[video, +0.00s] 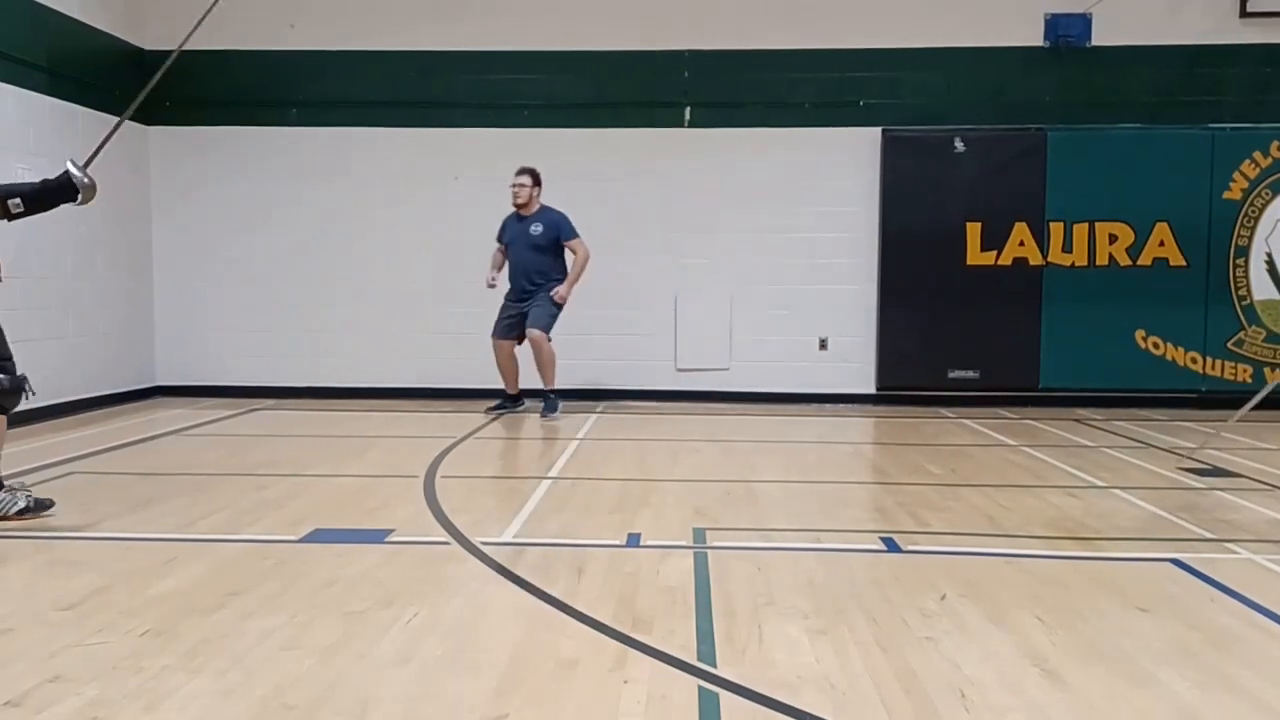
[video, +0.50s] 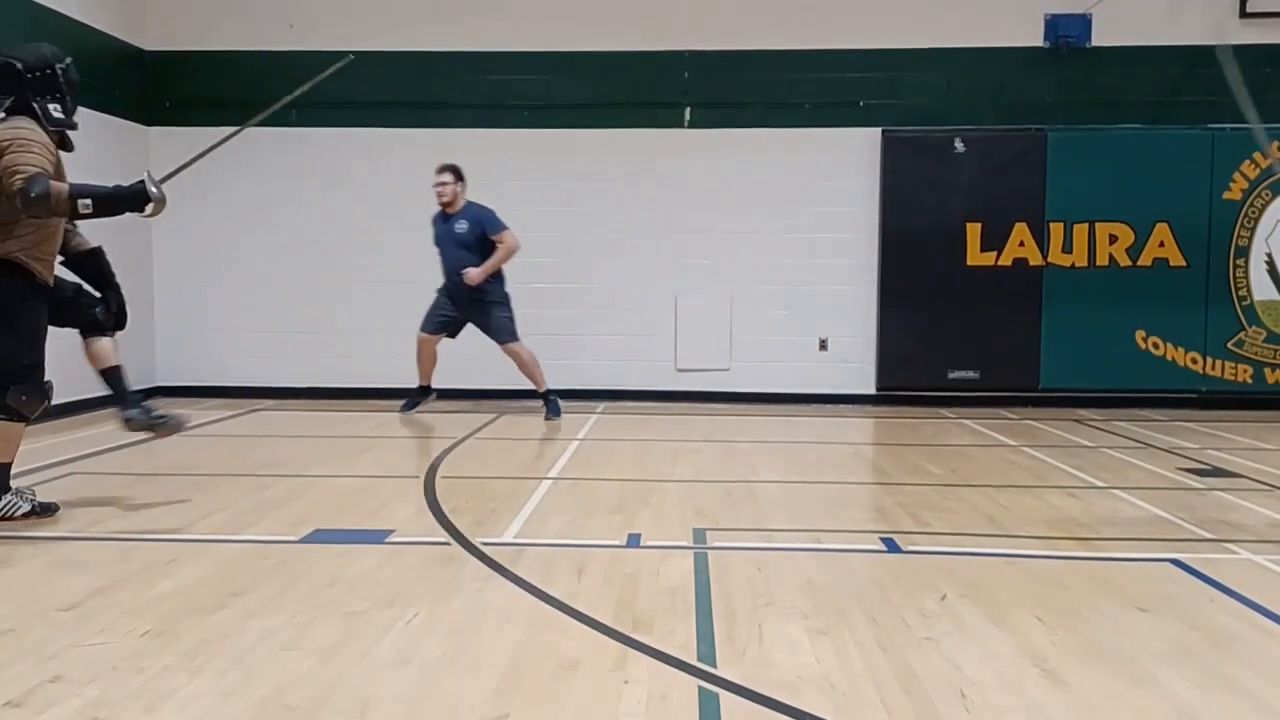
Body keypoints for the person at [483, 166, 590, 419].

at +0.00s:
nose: (516, 191)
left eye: (522, 186)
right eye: (513, 186)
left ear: (536, 190)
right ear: (511, 189)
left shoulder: (555, 219)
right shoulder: (509, 222)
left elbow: (582, 253)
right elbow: (501, 250)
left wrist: (567, 286)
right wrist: (494, 270)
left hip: (547, 292)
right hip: (517, 295)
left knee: (535, 333)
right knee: (501, 340)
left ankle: (550, 396)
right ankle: (512, 397)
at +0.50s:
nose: (440, 190)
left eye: (445, 184)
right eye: (436, 185)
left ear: (460, 187)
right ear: (434, 189)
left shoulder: (480, 215)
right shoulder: (438, 220)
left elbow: (511, 244)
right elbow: (450, 254)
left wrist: (482, 271)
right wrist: (453, 282)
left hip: (488, 295)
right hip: (453, 294)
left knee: (510, 344)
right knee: (426, 338)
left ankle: (548, 396)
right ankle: (424, 390)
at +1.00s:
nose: (308, 179)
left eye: (314, 174)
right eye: (305, 173)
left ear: (330, 177)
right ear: (302, 176)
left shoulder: (351, 208)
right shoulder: (296, 210)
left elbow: (388, 235)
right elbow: (284, 240)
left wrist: (376, 275)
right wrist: (292, 259)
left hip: (347, 290)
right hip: (319, 292)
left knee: (314, 342)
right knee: (335, 342)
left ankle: (299, 404)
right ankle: (378, 374)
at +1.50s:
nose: (298, 99)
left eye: (298, 90)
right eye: (289, 90)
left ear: (276, 95)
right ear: (260, 93)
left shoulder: (279, 148)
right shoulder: (238, 149)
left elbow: (279, 218)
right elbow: (214, 217)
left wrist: (311, 242)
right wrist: (295, 237)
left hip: (262, 289)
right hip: (246, 290)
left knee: (233, 386)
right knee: (297, 387)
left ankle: (189, 479)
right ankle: (324, 492)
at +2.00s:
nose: (429, 90)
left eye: (426, 80)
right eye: (420, 80)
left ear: (390, 87)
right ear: (397, 86)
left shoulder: (397, 141)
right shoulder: (375, 144)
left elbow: (388, 220)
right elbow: (352, 217)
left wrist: (409, 281)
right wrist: (391, 286)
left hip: (394, 286)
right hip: (371, 287)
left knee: (428, 380)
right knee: (365, 395)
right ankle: (333, 496)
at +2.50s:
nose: (529, 96)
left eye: (526, 87)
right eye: (522, 88)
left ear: (484, 96)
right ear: (503, 93)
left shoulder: (492, 147)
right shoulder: (491, 151)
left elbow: (513, 230)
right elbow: (502, 223)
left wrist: (560, 278)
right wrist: (561, 267)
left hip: (497, 288)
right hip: (507, 288)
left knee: (515, 389)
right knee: (559, 385)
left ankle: (476, 487)